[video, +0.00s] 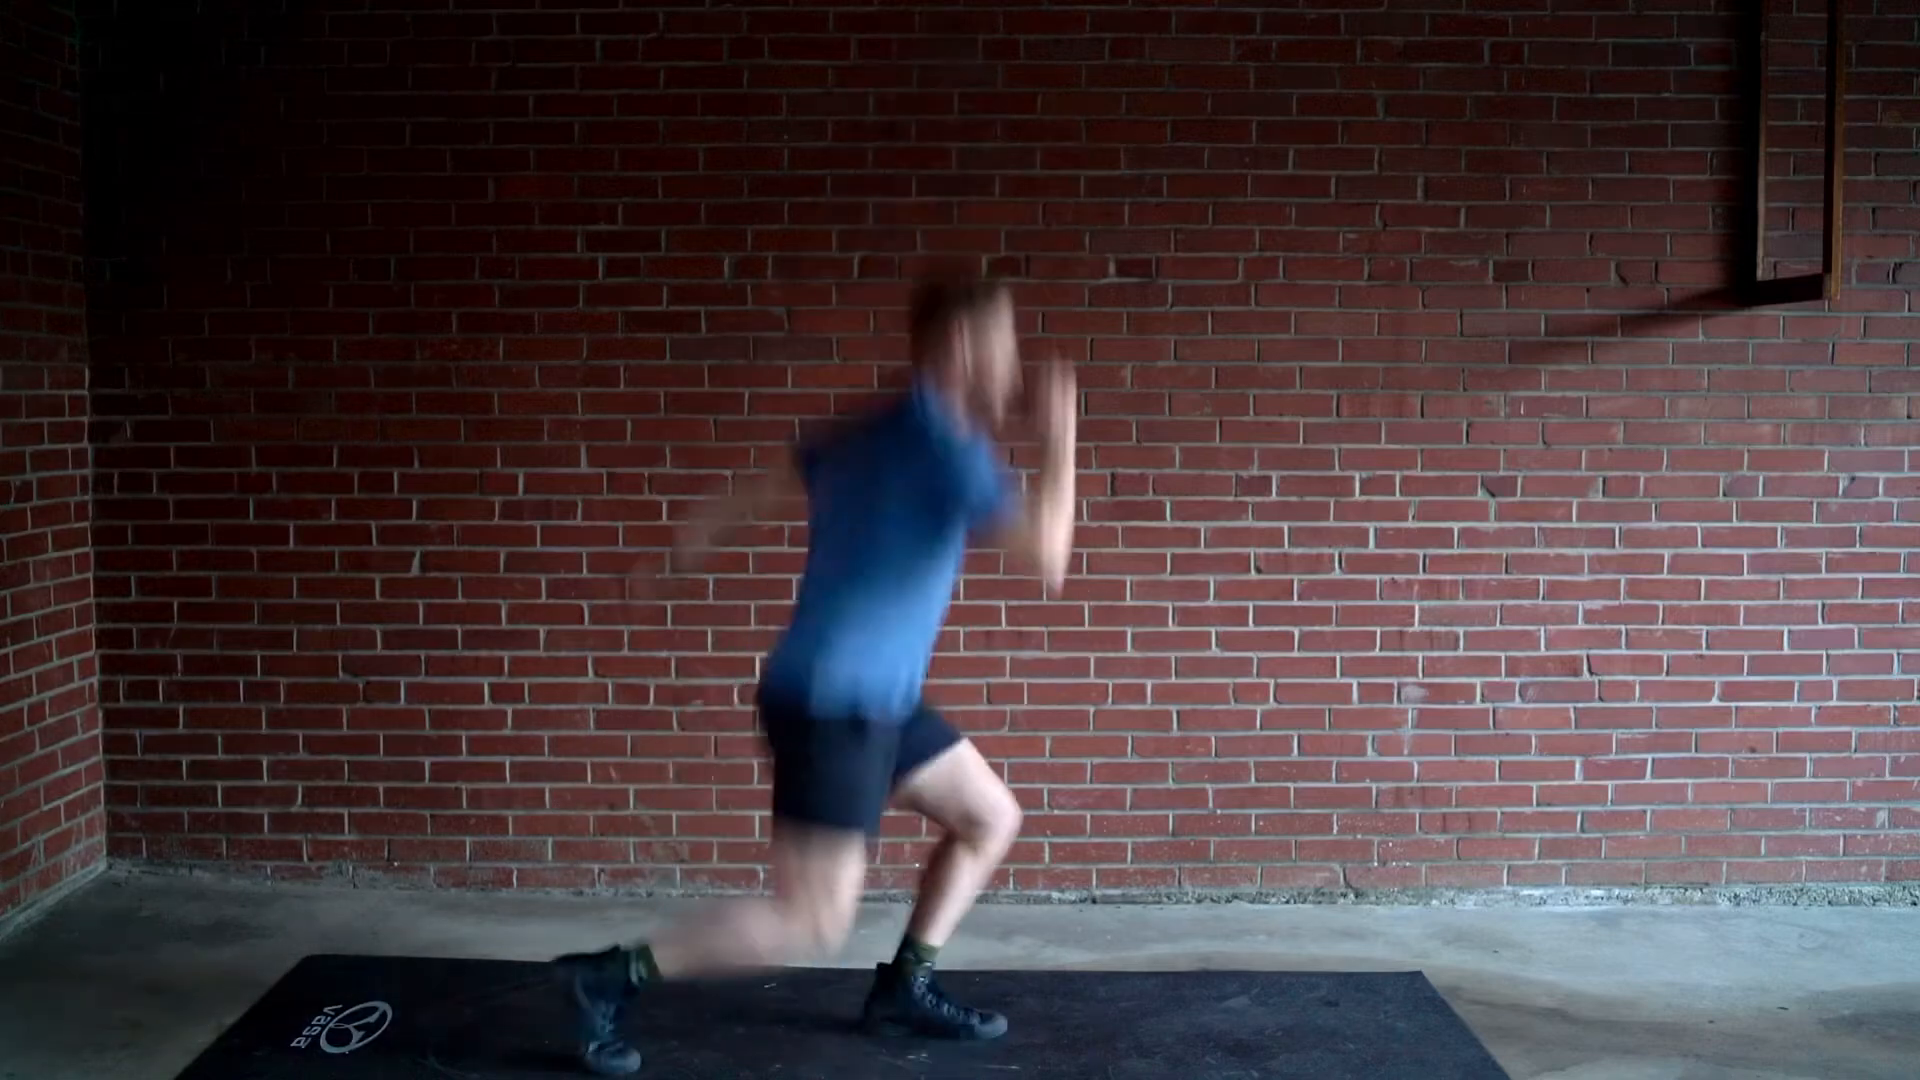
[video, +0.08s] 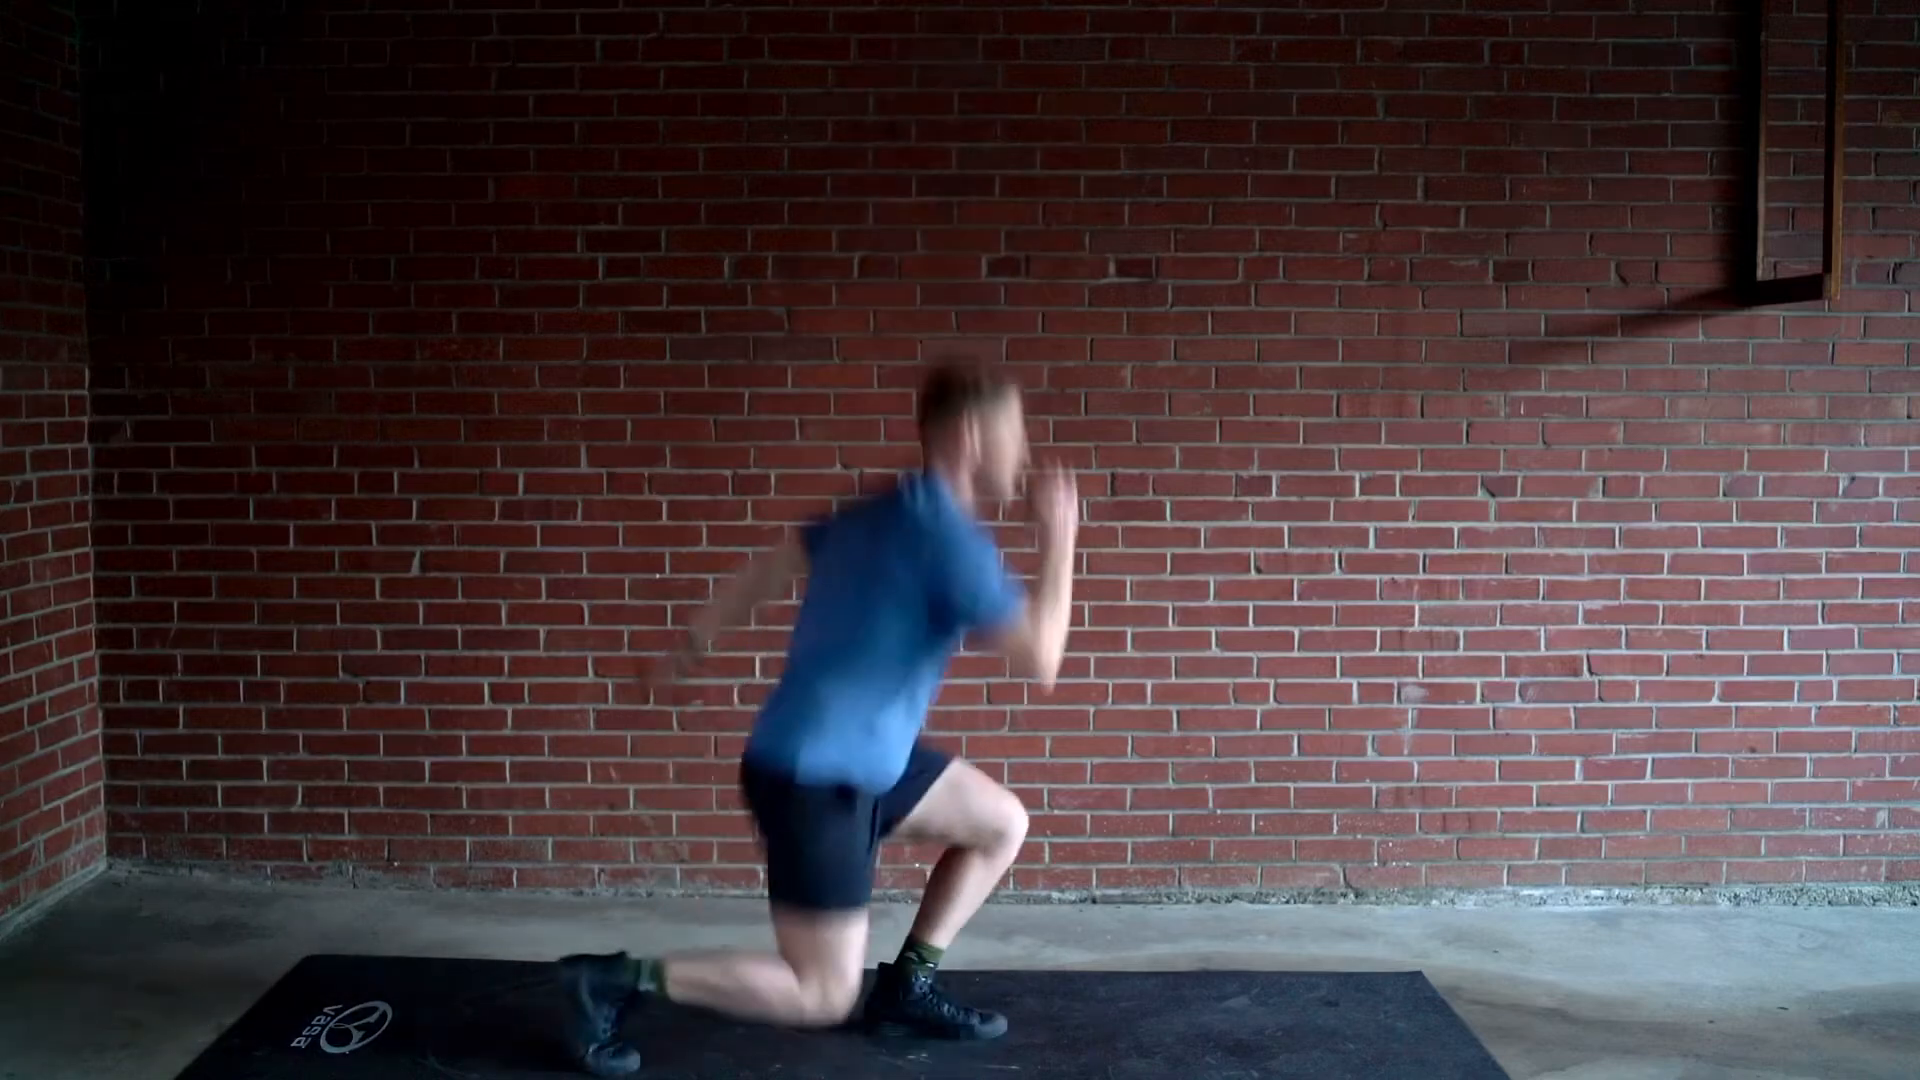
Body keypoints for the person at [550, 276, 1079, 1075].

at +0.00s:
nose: (1012, 357)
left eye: (1010, 337)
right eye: (998, 338)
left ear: (941, 347)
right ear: (954, 343)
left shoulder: (875, 430)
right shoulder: (946, 444)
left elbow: (763, 487)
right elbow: (1046, 554)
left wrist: (697, 532)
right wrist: (1060, 431)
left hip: (879, 697)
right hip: (831, 701)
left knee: (990, 818)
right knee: (812, 921)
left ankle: (906, 986)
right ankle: (609, 977)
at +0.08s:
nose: (1024, 447)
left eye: (1020, 428)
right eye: (1011, 428)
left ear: (950, 436)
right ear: (967, 437)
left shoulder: (872, 515)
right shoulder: (945, 536)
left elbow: (779, 560)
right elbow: (1043, 658)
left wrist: (704, 622)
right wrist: (1060, 535)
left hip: (867, 757)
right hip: (813, 772)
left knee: (1000, 823)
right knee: (824, 993)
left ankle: (908, 987)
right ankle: (618, 981)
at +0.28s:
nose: (1038, 538)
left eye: (1036, 523)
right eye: (1029, 523)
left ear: (972, 530)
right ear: (983, 530)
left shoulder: (899, 585)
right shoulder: (947, 615)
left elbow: (789, 660)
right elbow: (1039, 749)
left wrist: (735, 743)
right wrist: (1064, 636)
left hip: (839, 804)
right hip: (788, 826)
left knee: (990, 822)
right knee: (831, 1041)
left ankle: (908, 984)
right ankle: (638, 981)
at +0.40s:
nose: (1029, 503)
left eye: (1025, 488)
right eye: (1017, 488)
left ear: (967, 501)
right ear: (970, 501)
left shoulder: (937, 574)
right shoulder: (929, 576)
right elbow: (1022, 718)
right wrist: (1053, 606)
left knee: (992, 823)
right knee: (824, 1024)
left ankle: (908, 985)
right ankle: (625, 981)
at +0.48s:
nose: (1015, 451)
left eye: (1011, 434)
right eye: (1002, 434)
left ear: (951, 448)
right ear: (955, 446)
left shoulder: (927, 528)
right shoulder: (915, 527)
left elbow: (993, 652)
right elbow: (999, 666)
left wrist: (1022, 560)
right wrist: (1035, 559)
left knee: (988, 821)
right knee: (811, 988)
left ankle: (906, 989)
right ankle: (606, 980)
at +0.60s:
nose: (987, 330)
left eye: (985, 310)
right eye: (971, 311)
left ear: (940, 319)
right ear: (923, 316)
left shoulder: (928, 410)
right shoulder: (893, 395)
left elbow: (909, 520)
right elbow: (880, 507)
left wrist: (971, 518)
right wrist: (1006, 503)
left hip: (873, 673)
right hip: (807, 669)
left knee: (973, 805)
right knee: (772, 877)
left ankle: (909, 983)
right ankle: (584, 978)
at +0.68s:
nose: (966, 218)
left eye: (965, 199)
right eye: (951, 198)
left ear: (942, 208)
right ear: (906, 202)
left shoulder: (926, 301)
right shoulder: (879, 282)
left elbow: (917, 431)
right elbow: (841, 400)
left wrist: (974, 398)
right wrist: (924, 516)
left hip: (886, 576)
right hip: (830, 568)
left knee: (905, 753)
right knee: (753, 748)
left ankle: (916, 954)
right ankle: (629, 934)